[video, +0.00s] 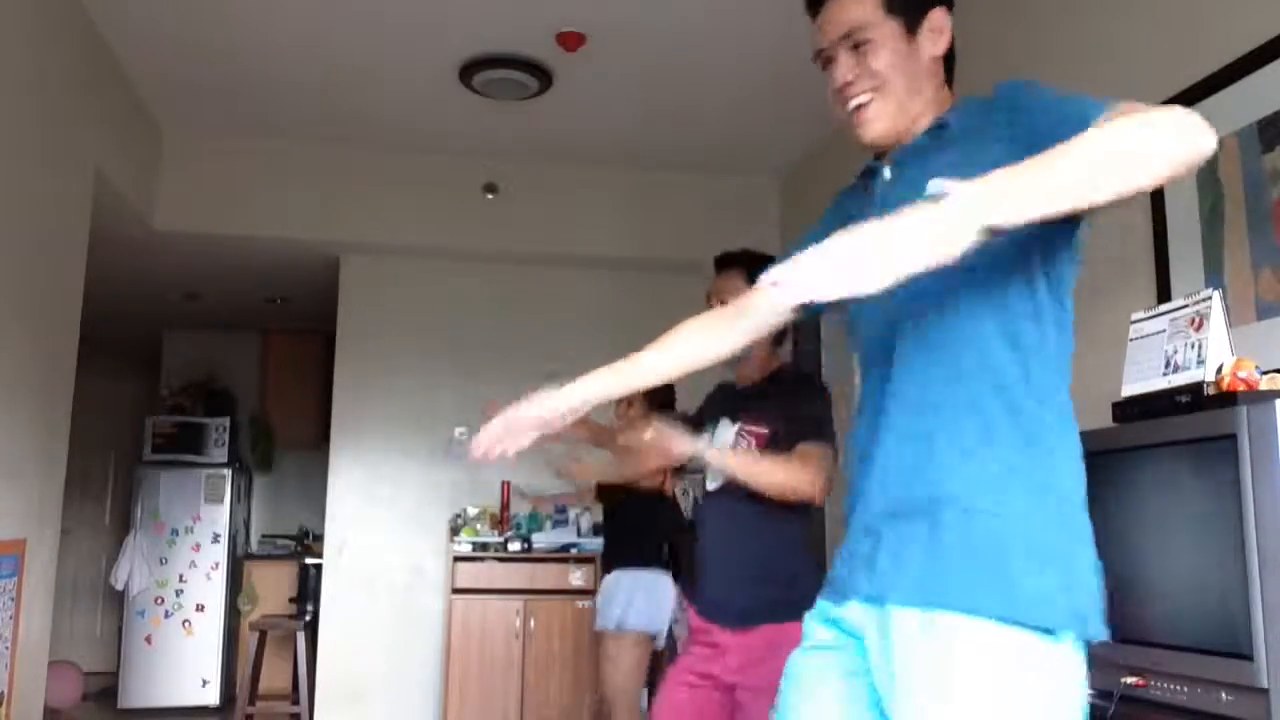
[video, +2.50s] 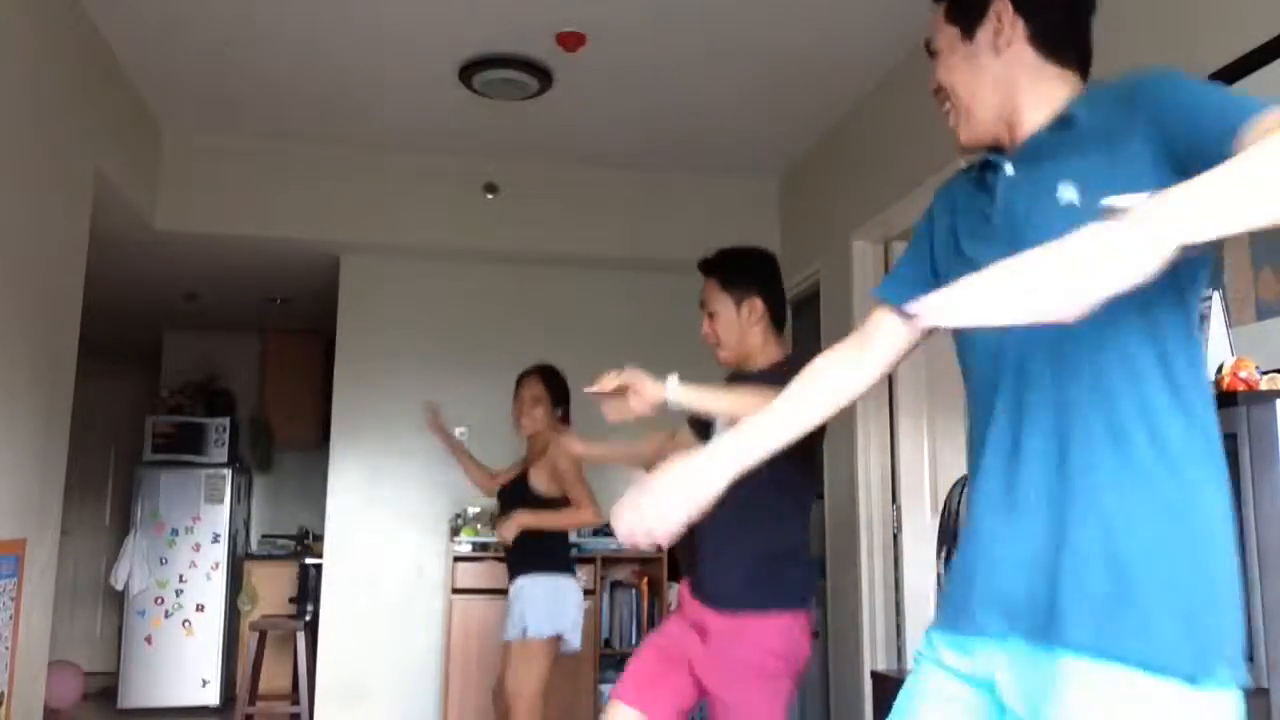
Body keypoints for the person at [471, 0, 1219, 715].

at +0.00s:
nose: (841, 76)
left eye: (858, 44)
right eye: (826, 61)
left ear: (933, 35)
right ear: (826, 78)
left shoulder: (1006, 118)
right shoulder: (858, 204)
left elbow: (1183, 137)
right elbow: (743, 322)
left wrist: (964, 212)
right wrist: (576, 396)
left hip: (996, 594)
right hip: (857, 593)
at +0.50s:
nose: (916, 55)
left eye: (942, 26)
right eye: (895, 36)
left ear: (1000, 33)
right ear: (880, 59)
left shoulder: (1055, 119)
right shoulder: (887, 209)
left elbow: (1209, 162)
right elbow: (797, 348)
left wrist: (1078, 261)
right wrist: (653, 451)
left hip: (1031, 568)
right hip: (924, 568)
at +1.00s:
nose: (923, 77)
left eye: (943, 45)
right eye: (913, 61)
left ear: (1026, 31)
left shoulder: (1109, 132)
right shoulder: (946, 231)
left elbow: (1238, 164)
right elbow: (895, 361)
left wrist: (1266, 188)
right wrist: (864, 361)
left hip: (1093, 596)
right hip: (948, 596)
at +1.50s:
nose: (934, 81)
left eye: (950, 46)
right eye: (930, 63)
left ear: (1040, 26)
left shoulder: (1160, 143)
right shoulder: (943, 233)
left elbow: (1273, 199)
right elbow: (837, 382)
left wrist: (1065, 242)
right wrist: (735, 523)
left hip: (1141, 637)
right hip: (969, 633)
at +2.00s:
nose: (908, 102)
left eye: (925, 71)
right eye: (906, 84)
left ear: (1007, 53)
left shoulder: (1087, 147)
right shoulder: (951, 261)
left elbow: (1197, 183)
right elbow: (885, 410)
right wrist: (840, 376)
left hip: (1074, 622)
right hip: (969, 618)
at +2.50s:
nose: (933, 82)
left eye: (939, 52)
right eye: (931, 61)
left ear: (1003, 26)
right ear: (992, 36)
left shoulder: (1152, 108)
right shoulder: (957, 206)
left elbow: (1277, 142)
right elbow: (864, 352)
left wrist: (1143, 233)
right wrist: (705, 470)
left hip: (1149, 622)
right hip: (986, 617)